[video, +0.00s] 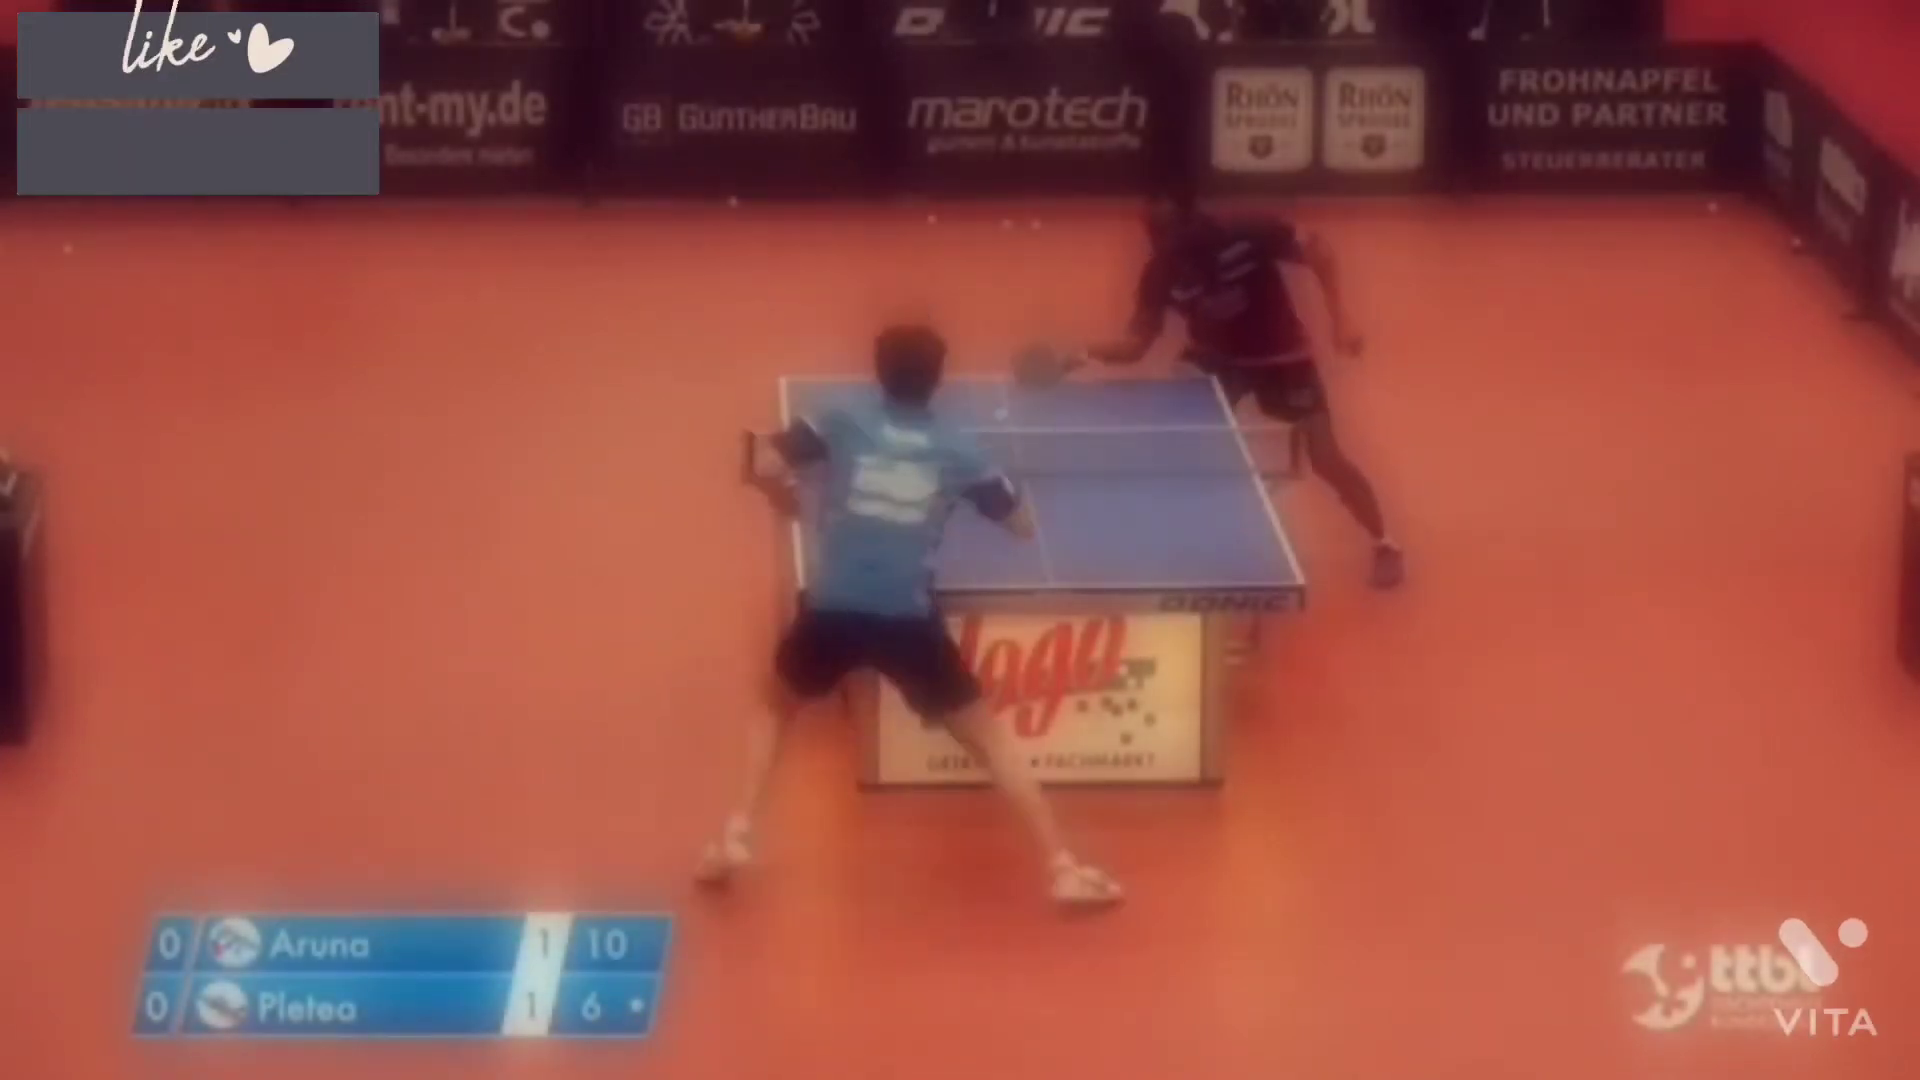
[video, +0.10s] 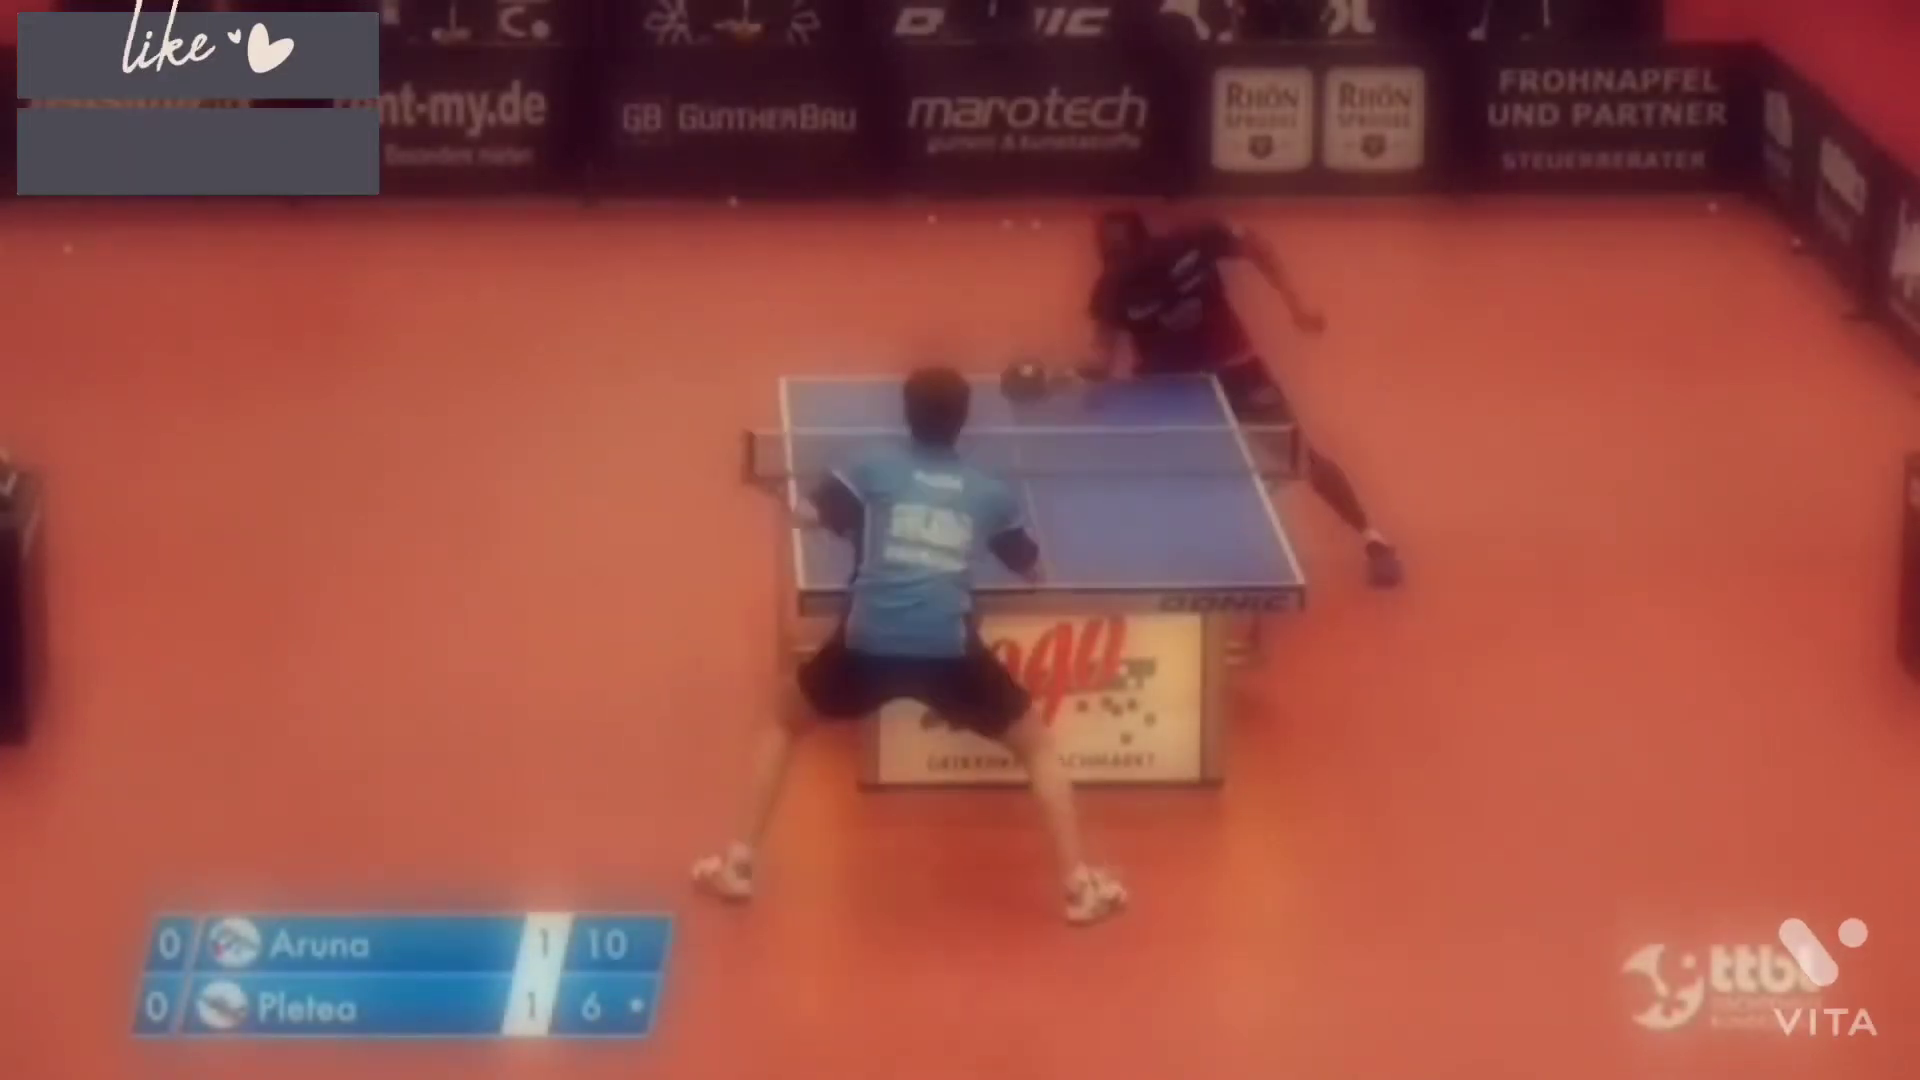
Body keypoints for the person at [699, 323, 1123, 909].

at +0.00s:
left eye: (894, 365)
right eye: (926, 368)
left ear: (880, 373)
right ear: (937, 379)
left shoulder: (847, 423)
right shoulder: (951, 447)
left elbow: (775, 457)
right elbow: (1019, 522)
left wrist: (781, 489)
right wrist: (1007, 487)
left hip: (831, 615)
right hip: (906, 621)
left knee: (776, 711)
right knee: (989, 736)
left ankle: (738, 835)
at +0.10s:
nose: (931, 418)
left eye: (922, 407)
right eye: (945, 409)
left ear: (907, 415)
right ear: (962, 419)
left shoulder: (874, 466)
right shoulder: (985, 487)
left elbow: (825, 506)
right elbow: (1025, 561)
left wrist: (869, 532)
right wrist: (984, 519)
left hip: (867, 652)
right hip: (948, 655)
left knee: (783, 721)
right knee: (1035, 744)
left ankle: (740, 861)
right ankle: (1079, 882)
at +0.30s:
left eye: (928, 407)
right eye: (956, 409)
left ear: (914, 414)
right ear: (969, 422)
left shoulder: (878, 461)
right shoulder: (990, 489)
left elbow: (806, 500)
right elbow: (1028, 557)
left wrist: (846, 508)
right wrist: (976, 533)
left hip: (866, 647)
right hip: (947, 653)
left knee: (780, 731)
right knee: (1026, 737)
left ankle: (728, 860)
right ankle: (1073, 868)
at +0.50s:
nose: (924, 491)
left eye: (899, 482)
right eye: (933, 481)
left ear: (886, 483)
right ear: (941, 485)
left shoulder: (859, 524)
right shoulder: (970, 532)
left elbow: (847, 575)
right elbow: (1020, 577)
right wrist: (980, 621)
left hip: (879, 715)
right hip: (969, 714)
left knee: (769, 733)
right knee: (1029, 721)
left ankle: (723, 871)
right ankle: (1098, 840)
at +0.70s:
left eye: (891, 425)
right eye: (921, 424)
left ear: (883, 433)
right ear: (936, 433)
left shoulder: (866, 484)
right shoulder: (969, 498)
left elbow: (793, 538)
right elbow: (1035, 545)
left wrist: (725, 592)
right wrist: (1079, 496)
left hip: (863, 675)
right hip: (940, 678)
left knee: (753, 734)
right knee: (1018, 756)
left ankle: (715, 872)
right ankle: (1095, 845)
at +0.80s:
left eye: (877, 392)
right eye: (915, 392)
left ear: (870, 400)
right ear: (929, 401)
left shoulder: (849, 457)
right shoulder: (958, 467)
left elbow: (773, 509)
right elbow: (1036, 536)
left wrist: (703, 563)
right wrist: (1111, 516)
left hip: (858, 654)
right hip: (937, 655)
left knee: (754, 735)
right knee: (1011, 751)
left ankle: (699, 871)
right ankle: (1089, 855)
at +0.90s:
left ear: (867, 406)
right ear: (927, 407)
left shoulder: (840, 465)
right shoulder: (950, 474)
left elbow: (771, 532)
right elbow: (1026, 556)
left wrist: (718, 611)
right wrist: (1076, 539)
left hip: (846, 662)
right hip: (928, 664)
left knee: (754, 746)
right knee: (1009, 753)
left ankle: (704, 876)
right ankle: (1045, 880)